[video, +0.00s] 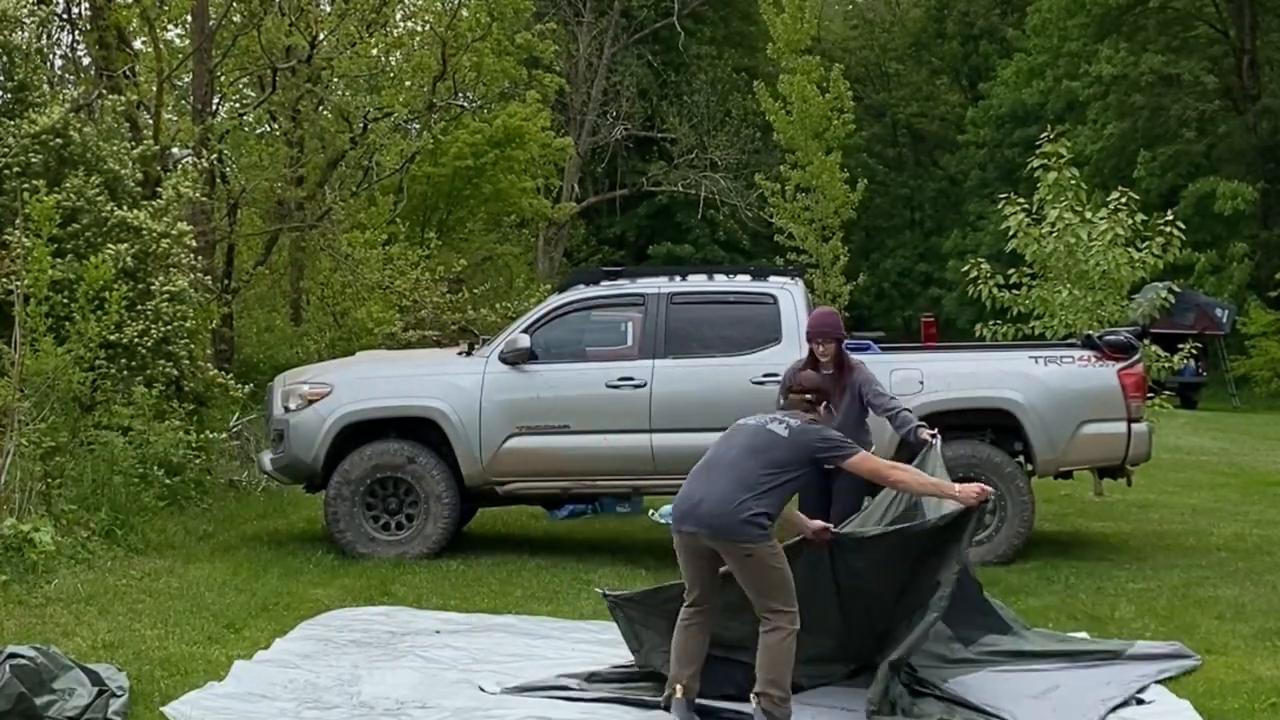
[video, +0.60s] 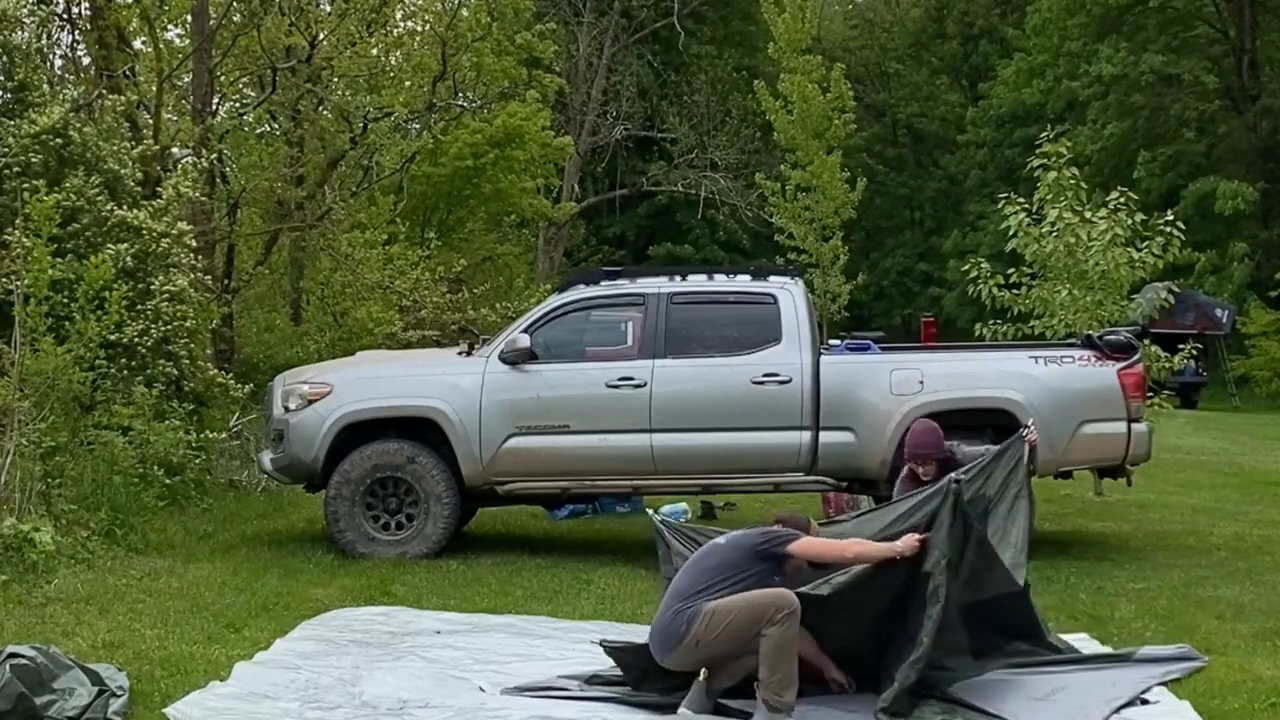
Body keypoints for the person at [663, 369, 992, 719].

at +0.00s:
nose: (830, 416)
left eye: (829, 410)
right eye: (828, 410)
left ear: (783, 402)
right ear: (820, 408)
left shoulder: (748, 425)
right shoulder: (817, 435)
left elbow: (751, 489)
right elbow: (889, 474)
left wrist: (804, 524)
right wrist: (953, 490)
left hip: (686, 518)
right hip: (740, 524)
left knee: (696, 603)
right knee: (778, 616)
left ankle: (679, 696)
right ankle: (771, 709)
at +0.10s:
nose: (821, 456)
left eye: (820, 450)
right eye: (821, 451)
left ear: (782, 443)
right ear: (816, 448)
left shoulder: (746, 458)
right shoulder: (811, 465)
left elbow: (748, 519)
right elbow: (889, 485)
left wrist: (806, 547)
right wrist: (953, 487)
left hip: (679, 538)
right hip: (735, 542)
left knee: (709, 609)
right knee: (786, 619)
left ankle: (690, 699)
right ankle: (770, 707)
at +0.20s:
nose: (822, 491)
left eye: (821, 486)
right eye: (819, 485)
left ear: (778, 474)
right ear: (807, 479)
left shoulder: (744, 494)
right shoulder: (797, 492)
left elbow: (752, 576)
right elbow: (874, 498)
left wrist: (807, 613)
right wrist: (941, 489)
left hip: (672, 574)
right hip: (721, 574)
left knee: (726, 619)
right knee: (801, 623)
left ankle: (694, 703)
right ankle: (773, 711)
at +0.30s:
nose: (832, 511)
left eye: (829, 507)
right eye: (825, 505)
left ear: (781, 500)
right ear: (802, 504)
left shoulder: (751, 519)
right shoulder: (790, 516)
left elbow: (769, 597)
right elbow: (867, 525)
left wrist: (805, 653)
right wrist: (924, 519)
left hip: (671, 608)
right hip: (703, 607)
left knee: (747, 617)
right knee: (809, 619)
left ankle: (697, 694)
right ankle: (774, 709)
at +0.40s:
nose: (810, 537)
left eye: (809, 534)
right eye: (808, 532)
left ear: (772, 522)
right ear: (799, 528)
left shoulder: (745, 543)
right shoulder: (785, 541)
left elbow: (771, 611)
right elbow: (866, 555)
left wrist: (814, 657)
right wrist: (908, 546)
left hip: (672, 640)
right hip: (699, 635)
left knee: (761, 626)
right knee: (806, 614)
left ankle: (699, 699)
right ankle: (774, 710)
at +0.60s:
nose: (803, 575)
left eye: (806, 569)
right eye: (805, 565)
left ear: (785, 551)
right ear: (792, 547)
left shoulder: (757, 574)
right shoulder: (765, 538)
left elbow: (787, 628)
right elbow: (845, 551)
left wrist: (826, 667)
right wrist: (896, 548)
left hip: (675, 645)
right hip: (682, 630)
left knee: (771, 641)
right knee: (782, 605)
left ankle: (703, 695)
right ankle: (774, 710)